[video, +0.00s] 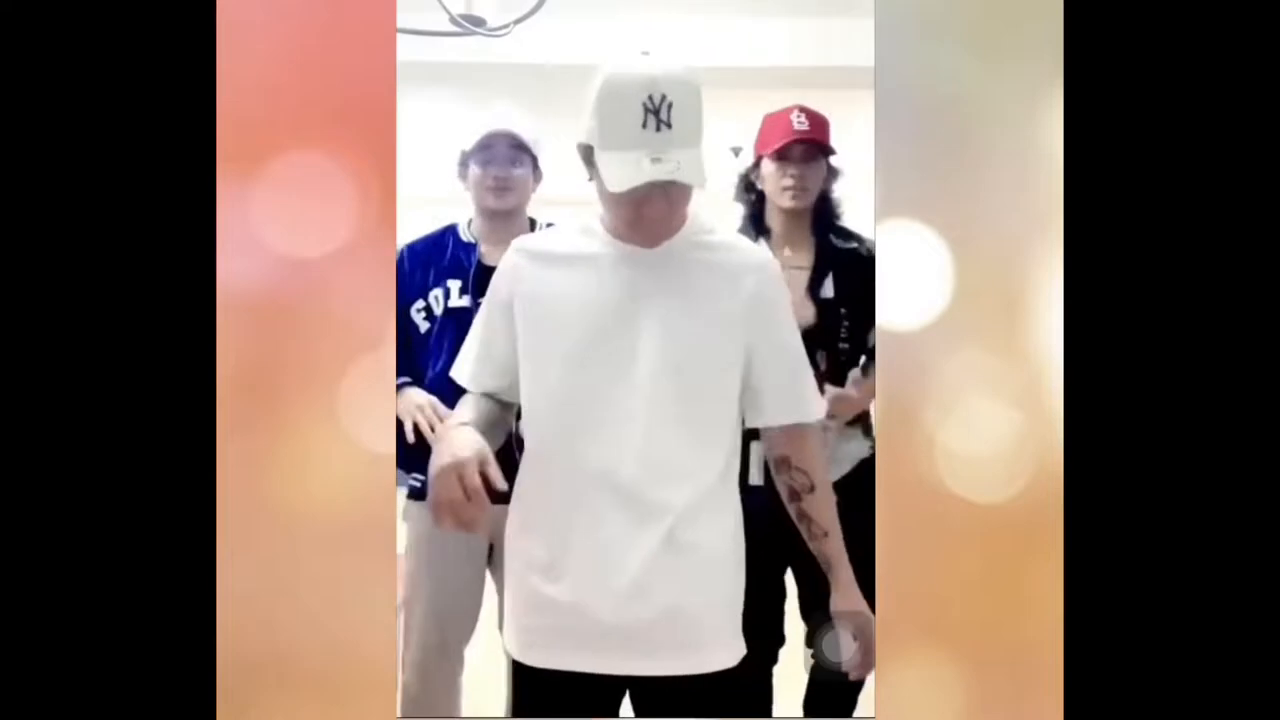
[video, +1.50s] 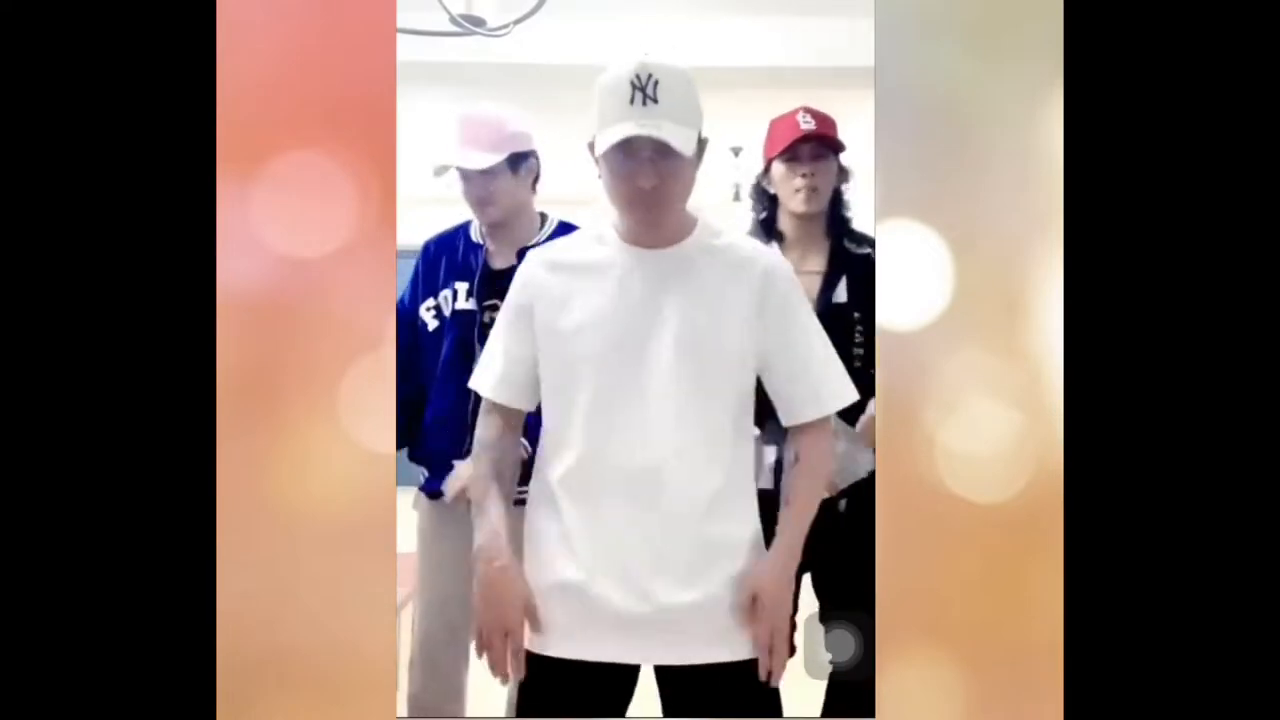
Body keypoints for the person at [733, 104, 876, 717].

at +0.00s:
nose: (795, 173)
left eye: (809, 160)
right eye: (781, 160)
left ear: (827, 172)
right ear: (757, 172)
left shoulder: (861, 261)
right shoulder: (728, 259)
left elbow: (892, 348)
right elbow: (704, 360)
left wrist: (858, 396)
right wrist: (774, 389)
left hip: (844, 467)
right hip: (750, 467)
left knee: (843, 637)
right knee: (747, 637)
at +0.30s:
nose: (800, 171)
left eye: (813, 159)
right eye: (785, 159)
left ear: (829, 171)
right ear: (760, 173)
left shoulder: (857, 258)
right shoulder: (732, 257)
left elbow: (881, 371)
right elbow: (712, 366)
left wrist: (867, 313)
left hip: (843, 473)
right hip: (754, 470)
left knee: (849, 641)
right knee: (757, 633)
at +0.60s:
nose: (801, 165)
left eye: (814, 153)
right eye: (786, 153)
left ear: (828, 165)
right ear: (760, 165)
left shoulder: (854, 248)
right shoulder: (729, 245)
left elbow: (883, 345)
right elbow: (708, 348)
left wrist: (824, 393)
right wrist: (761, 408)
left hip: (833, 455)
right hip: (743, 454)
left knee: (854, 619)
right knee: (746, 615)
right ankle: (748, 718)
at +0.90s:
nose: (806, 165)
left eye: (819, 153)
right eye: (791, 153)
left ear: (835, 166)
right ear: (766, 167)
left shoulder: (864, 255)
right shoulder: (732, 252)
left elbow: (889, 371)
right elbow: (712, 362)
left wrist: (872, 318)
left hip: (849, 469)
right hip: (761, 463)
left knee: (849, 646)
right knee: (760, 635)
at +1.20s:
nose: (796, 171)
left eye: (809, 159)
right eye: (781, 159)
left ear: (826, 173)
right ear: (755, 173)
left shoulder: (860, 264)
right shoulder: (722, 262)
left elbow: (886, 359)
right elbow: (708, 382)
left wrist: (875, 386)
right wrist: (775, 464)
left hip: (842, 473)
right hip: (748, 475)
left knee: (857, 637)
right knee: (748, 631)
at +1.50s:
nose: (807, 173)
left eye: (820, 160)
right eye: (792, 162)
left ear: (839, 173)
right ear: (769, 175)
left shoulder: (872, 263)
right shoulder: (740, 262)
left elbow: (903, 365)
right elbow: (719, 368)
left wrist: (868, 432)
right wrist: (764, 433)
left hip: (851, 480)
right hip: (761, 477)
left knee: (856, 650)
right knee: (758, 643)